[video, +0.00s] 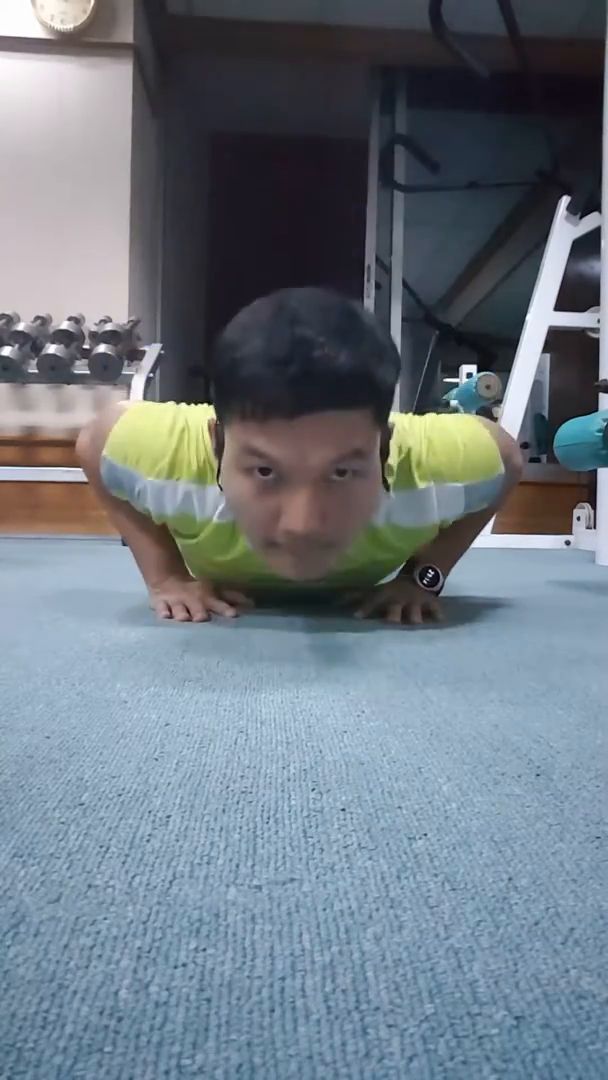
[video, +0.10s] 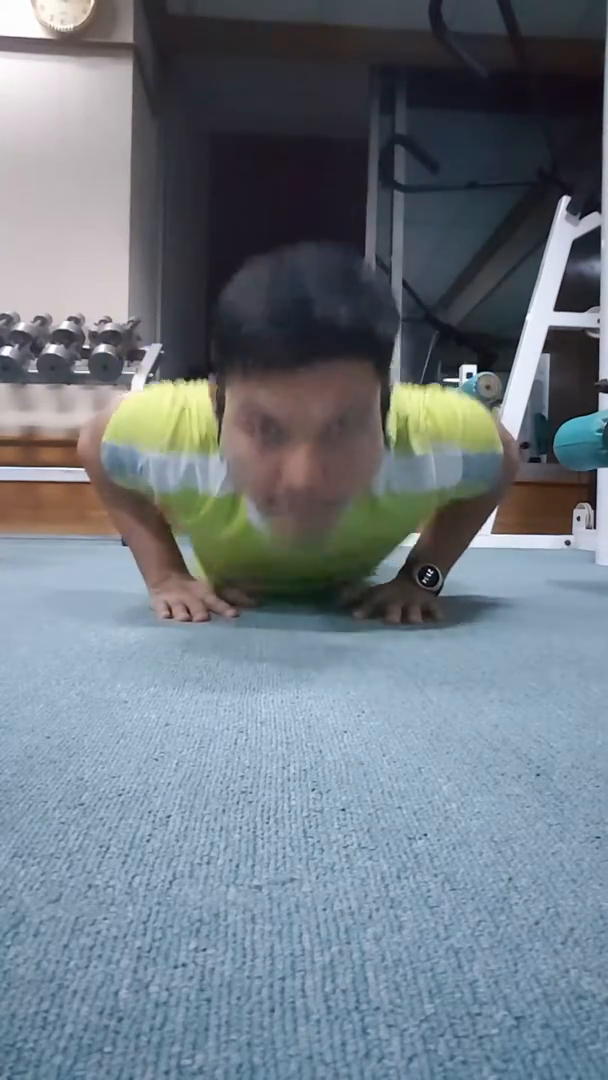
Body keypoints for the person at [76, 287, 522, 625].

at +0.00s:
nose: (303, 518)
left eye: (343, 473)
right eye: (265, 472)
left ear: (384, 453)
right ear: (217, 447)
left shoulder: (436, 466)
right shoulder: (169, 457)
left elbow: (503, 458)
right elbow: (95, 440)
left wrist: (423, 575)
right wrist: (166, 577)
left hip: (364, 570)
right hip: (220, 566)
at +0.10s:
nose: (302, 474)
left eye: (340, 431)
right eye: (267, 431)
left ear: (385, 406)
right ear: (217, 403)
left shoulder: (449, 436)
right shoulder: (158, 430)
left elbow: (497, 463)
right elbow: (97, 449)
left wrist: (421, 575)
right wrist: (168, 576)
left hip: (353, 573)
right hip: (225, 568)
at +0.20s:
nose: (305, 380)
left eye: (340, 338)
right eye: (271, 342)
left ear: (383, 321)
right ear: (219, 324)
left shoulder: (441, 384)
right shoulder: (163, 383)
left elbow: (495, 457)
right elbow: (102, 447)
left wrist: (421, 576)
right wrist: (168, 577)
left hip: (349, 541)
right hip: (235, 550)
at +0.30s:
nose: (310, 283)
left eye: (344, 246)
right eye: (277, 246)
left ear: (385, 240)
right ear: (226, 242)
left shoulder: (438, 330)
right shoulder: (169, 328)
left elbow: (488, 452)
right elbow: (111, 441)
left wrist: (418, 577)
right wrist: (168, 577)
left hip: (348, 506)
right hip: (234, 507)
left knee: (336, 530)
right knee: (245, 531)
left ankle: (325, 537)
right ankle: (262, 543)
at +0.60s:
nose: (324, 111)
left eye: (353, 77)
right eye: (292, 80)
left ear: (391, 89)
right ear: (251, 97)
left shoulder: (440, 223)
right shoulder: (207, 224)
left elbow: (437, 407)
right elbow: (152, 407)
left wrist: (416, 575)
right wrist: (169, 574)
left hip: (358, 435)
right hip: (261, 429)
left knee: (319, 487)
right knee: (261, 479)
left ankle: (303, 511)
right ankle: (262, 506)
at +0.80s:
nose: (326, 103)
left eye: (354, 72)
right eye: (297, 73)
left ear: (392, 86)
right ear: (262, 90)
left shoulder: (431, 222)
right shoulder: (217, 202)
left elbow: (429, 407)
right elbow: (173, 355)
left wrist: (414, 573)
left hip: (365, 396)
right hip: (269, 384)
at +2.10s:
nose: (298, 384)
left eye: (335, 344)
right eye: (265, 344)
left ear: (380, 327)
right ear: (216, 325)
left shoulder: (437, 389)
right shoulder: (162, 391)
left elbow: (487, 456)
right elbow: (102, 451)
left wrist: (420, 577)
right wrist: (168, 577)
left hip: (352, 554)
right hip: (234, 559)